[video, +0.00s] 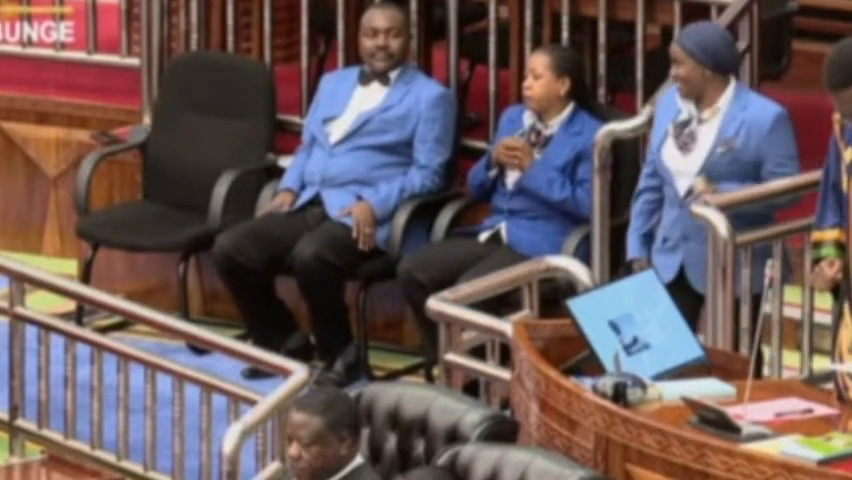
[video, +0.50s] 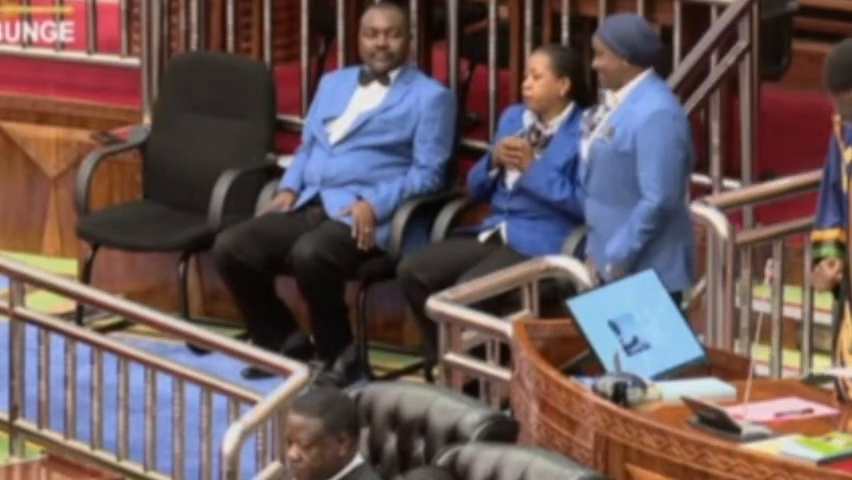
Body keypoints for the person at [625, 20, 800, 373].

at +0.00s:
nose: (673, 72)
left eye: (680, 63)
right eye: (672, 63)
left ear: (711, 68)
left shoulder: (767, 119)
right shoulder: (670, 101)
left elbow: (786, 191)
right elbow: (651, 180)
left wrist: (722, 195)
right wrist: (637, 251)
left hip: (734, 273)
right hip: (669, 266)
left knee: (728, 370)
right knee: (661, 359)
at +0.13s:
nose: (673, 72)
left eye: (680, 63)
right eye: (672, 63)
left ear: (711, 68)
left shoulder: (767, 119)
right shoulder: (670, 101)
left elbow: (786, 191)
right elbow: (651, 181)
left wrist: (722, 195)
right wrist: (637, 252)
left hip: (734, 273)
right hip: (670, 265)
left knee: (728, 370)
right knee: (662, 359)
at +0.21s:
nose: (634, 67)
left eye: (641, 58)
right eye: (635, 58)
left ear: (671, 64)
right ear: (663, 63)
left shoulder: (719, 117)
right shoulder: (644, 105)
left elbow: (732, 198)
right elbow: (631, 188)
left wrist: (670, 236)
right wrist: (622, 250)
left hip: (689, 278)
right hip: (640, 269)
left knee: (682, 372)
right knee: (636, 364)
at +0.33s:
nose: (620, 65)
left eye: (626, 56)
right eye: (620, 56)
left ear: (654, 61)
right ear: (647, 61)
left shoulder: (698, 116)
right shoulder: (635, 105)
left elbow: (705, 200)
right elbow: (624, 196)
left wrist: (646, 247)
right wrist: (612, 251)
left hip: (677, 278)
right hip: (628, 271)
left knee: (675, 377)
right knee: (628, 368)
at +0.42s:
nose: (606, 65)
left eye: (612, 56)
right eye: (607, 56)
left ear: (640, 60)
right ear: (634, 60)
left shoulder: (675, 113)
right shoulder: (626, 104)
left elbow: (680, 197)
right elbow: (613, 187)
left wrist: (633, 252)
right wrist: (603, 250)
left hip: (669, 277)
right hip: (624, 270)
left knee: (673, 377)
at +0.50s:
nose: (594, 64)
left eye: (600, 55)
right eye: (595, 55)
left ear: (625, 58)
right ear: (622, 58)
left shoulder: (656, 112)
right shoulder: (620, 102)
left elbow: (659, 198)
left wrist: (617, 259)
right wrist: (594, 251)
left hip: (650, 271)